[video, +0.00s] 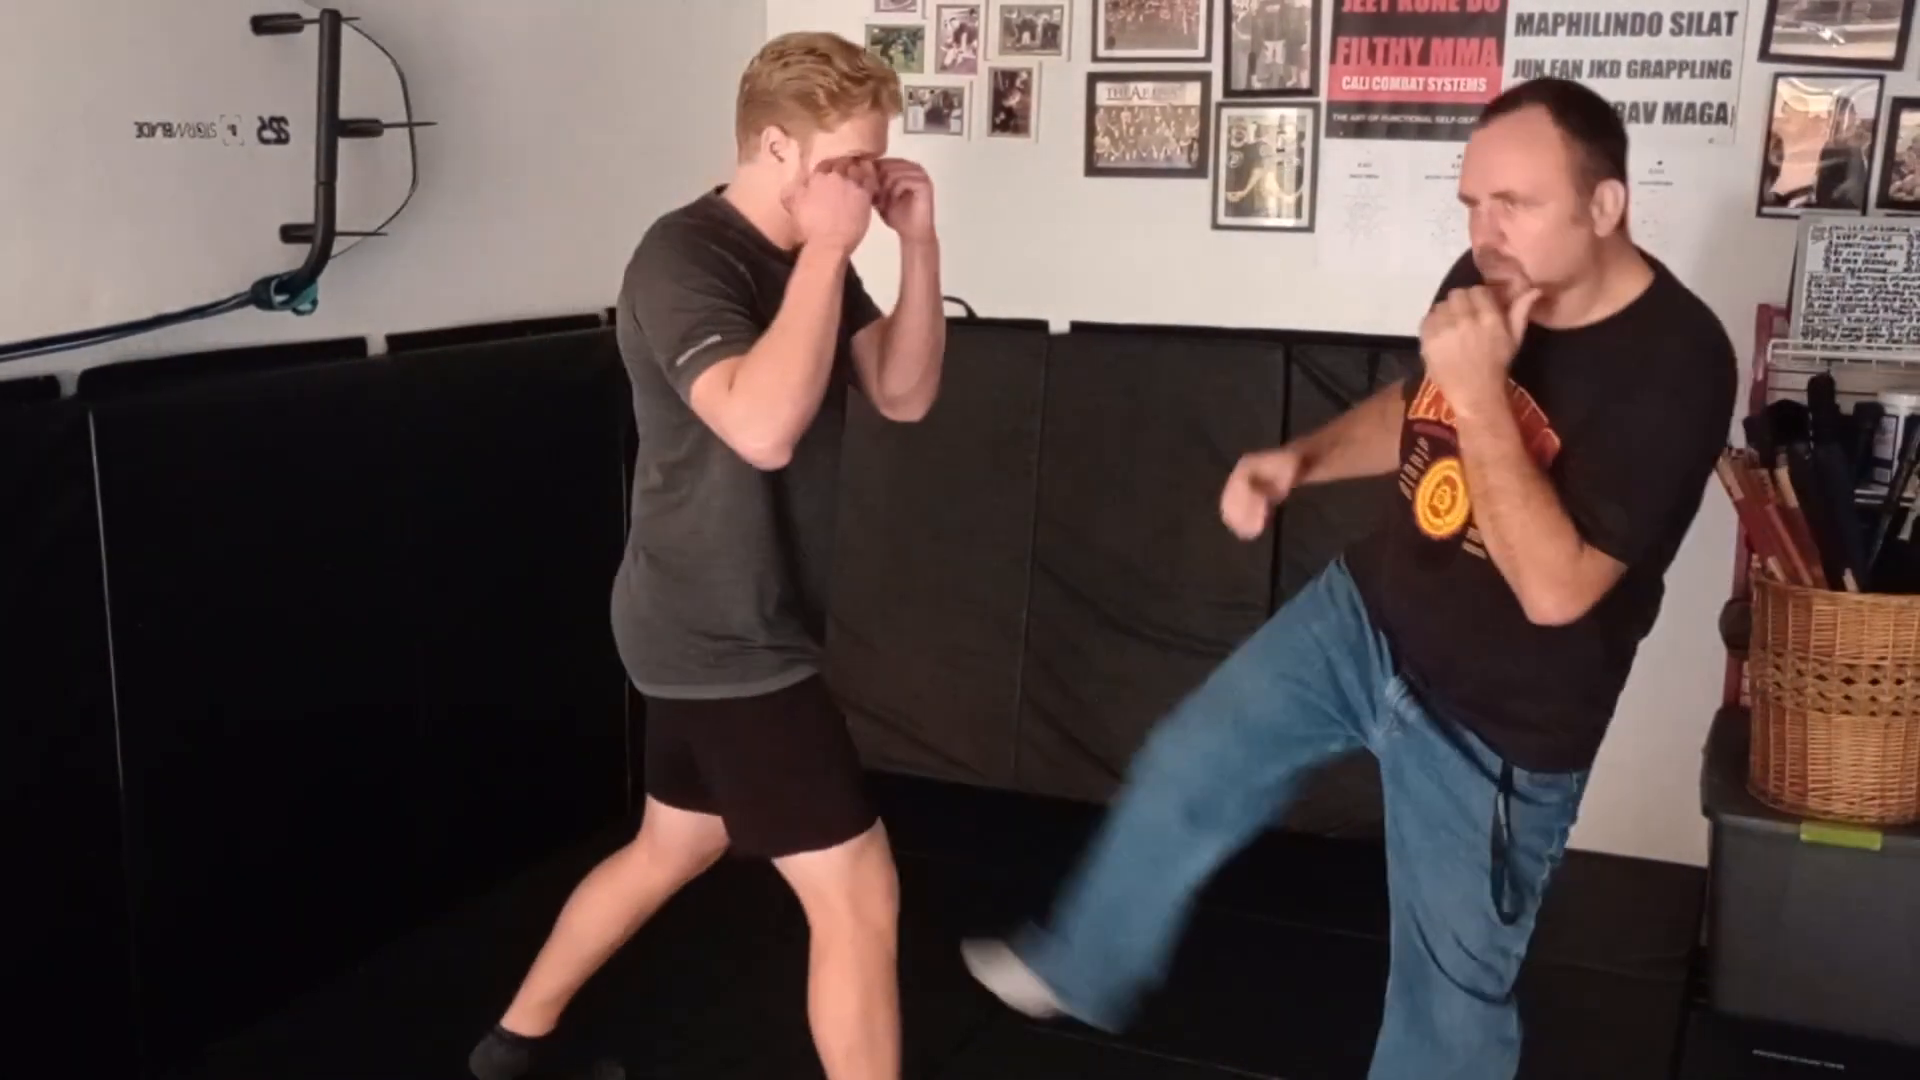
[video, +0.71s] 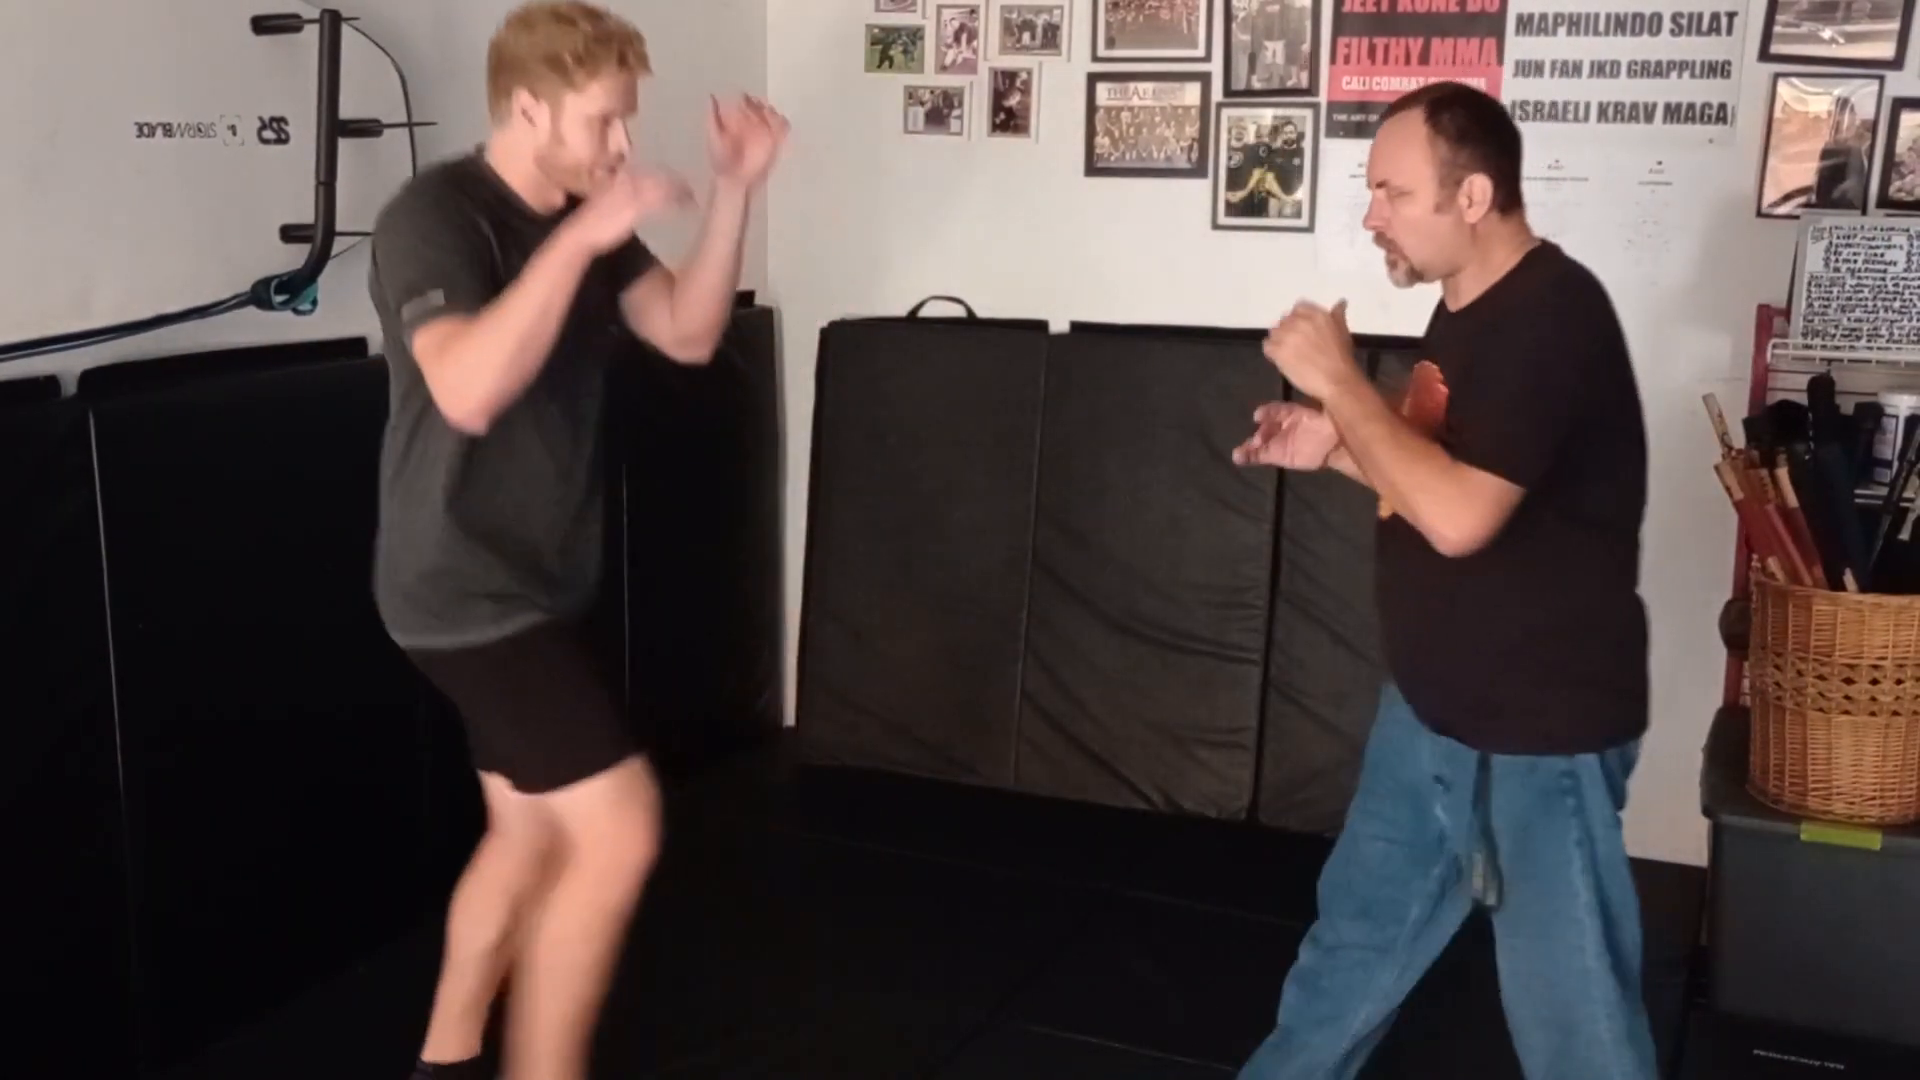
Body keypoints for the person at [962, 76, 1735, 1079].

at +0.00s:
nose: (1483, 235)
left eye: (1513, 205)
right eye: (1473, 205)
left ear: (1606, 206)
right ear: (1464, 199)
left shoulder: (1681, 364)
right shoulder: (1487, 288)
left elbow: (1561, 590)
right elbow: (1421, 410)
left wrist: (1476, 396)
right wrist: (1303, 459)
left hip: (1496, 743)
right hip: (1363, 618)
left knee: (1449, 1016)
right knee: (1186, 769)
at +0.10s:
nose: (1470, 213)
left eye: (1501, 184)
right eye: (1462, 183)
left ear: (1596, 189)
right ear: (1454, 183)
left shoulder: (1674, 352)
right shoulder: (1477, 276)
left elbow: (1581, 582)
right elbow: (1421, 424)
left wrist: (1471, 409)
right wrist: (1323, 429)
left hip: (1499, 754)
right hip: (1359, 658)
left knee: (1451, 1030)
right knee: (1241, 857)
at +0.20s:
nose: (1465, 197)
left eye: (1495, 170)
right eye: (1456, 166)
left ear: (1584, 180)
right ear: (1447, 165)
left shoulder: (1667, 339)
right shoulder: (1452, 280)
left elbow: (1629, 576)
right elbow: (1412, 451)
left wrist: (1471, 426)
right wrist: (1340, 432)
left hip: (1524, 760)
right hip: (1379, 706)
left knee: (1465, 1042)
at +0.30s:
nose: (1444, 193)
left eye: (1477, 167)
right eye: (1437, 165)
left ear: (1560, 181)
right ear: (1428, 167)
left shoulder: (1644, 333)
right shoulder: (1422, 293)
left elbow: (1664, 560)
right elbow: (1390, 469)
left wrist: (1473, 468)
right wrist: (1330, 462)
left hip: (1547, 748)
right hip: (1426, 718)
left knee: (1480, 1037)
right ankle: (1576, 1065)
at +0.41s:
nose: (1410, 190)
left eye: (1439, 165)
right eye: (1406, 164)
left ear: (1525, 177)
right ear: (1403, 165)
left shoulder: (1620, 303)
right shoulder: (1416, 296)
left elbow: (1656, 523)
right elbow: (1376, 486)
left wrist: (1462, 429)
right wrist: (1337, 443)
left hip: (1571, 733)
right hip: (1445, 710)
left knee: (1519, 1023)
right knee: (1470, 987)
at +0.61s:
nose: (1389, 212)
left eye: (1410, 186)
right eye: (1389, 185)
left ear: (1494, 192)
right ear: (1483, 193)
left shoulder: (1583, 313)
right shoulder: (1464, 305)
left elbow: (1516, 524)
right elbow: (1441, 491)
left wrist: (1369, 397)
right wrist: (1346, 436)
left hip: (1571, 736)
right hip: (1436, 700)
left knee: (1598, 1015)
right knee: (1354, 926)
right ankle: (1341, 1073)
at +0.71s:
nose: (1370, 219)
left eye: (1390, 194)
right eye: (1370, 193)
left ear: (1474, 199)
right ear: (1462, 202)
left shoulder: (1554, 313)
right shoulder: (1458, 309)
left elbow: (1465, 514)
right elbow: (1450, 471)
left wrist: (1342, 384)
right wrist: (1345, 440)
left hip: (1548, 728)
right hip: (1430, 704)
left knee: (1574, 1012)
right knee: (1346, 963)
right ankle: (1280, 1073)